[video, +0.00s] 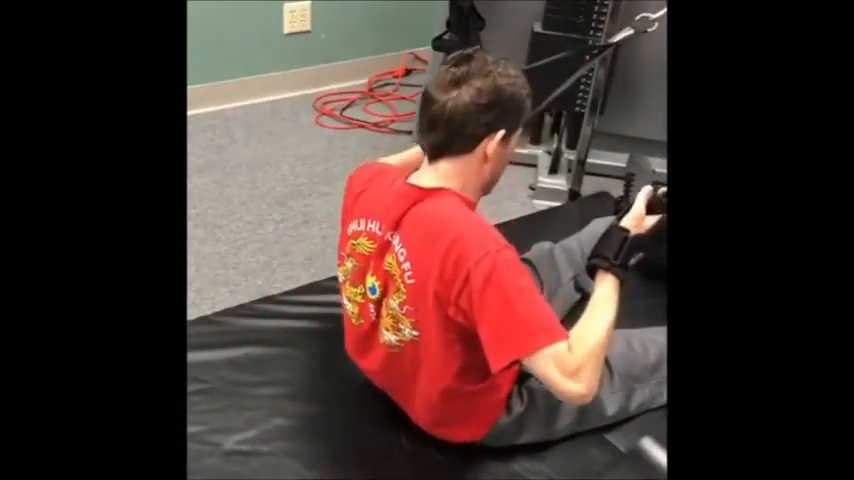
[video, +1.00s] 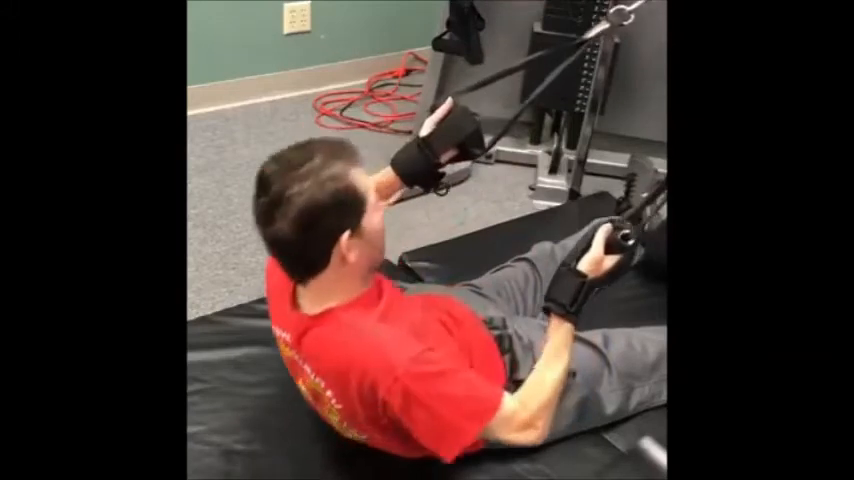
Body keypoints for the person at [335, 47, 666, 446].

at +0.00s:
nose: (511, 155)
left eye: (514, 143)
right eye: (513, 142)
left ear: (432, 132)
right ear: (491, 146)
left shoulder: (366, 185)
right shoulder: (478, 252)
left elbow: (381, 171)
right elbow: (577, 380)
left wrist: (450, 140)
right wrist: (616, 252)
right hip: (481, 409)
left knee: (606, 231)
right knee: (663, 348)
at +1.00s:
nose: (382, 206)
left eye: (374, 197)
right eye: (373, 206)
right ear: (348, 248)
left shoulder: (286, 274)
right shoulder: (397, 368)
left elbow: (336, 202)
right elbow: (526, 424)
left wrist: (414, 162)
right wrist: (569, 298)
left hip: (460, 304)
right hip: (511, 369)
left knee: (544, 256)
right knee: (662, 347)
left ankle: (627, 224)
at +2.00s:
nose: (241, 380)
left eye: (218, 383)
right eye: (228, 406)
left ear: (214, 373)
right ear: (235, 466)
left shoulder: (243, 363)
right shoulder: (332, 476)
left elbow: (322, 277)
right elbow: (490, 464)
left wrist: (401, 202)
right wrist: (538, 341)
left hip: (437, 310)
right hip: (505, 382)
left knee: (547, 260)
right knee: (656, 350)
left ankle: (637, 220)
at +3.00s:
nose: (198, 417)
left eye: (183, 415)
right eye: (187, 438)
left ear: (186, 409)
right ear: (194, 474)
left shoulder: (222, 381)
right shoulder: (289, 475)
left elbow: (315, 300)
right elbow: (449, 457)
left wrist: (386, 214)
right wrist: (500, 329)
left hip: (426, 312)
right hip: (488, 385)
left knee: (552, 270)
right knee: (646, 352)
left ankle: (635, 221)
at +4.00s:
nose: (222, 353)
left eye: (204, 354)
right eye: (206, 375)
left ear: (211, 346)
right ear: (204, 438)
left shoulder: (242, 350)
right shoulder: (292, 467)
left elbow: (310, 276)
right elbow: (463, 454)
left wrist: (378, 194)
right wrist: (496, 312)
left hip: (430, 311)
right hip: (488, 380)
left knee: (548, 265)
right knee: (638, 356)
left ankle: (634, 223)